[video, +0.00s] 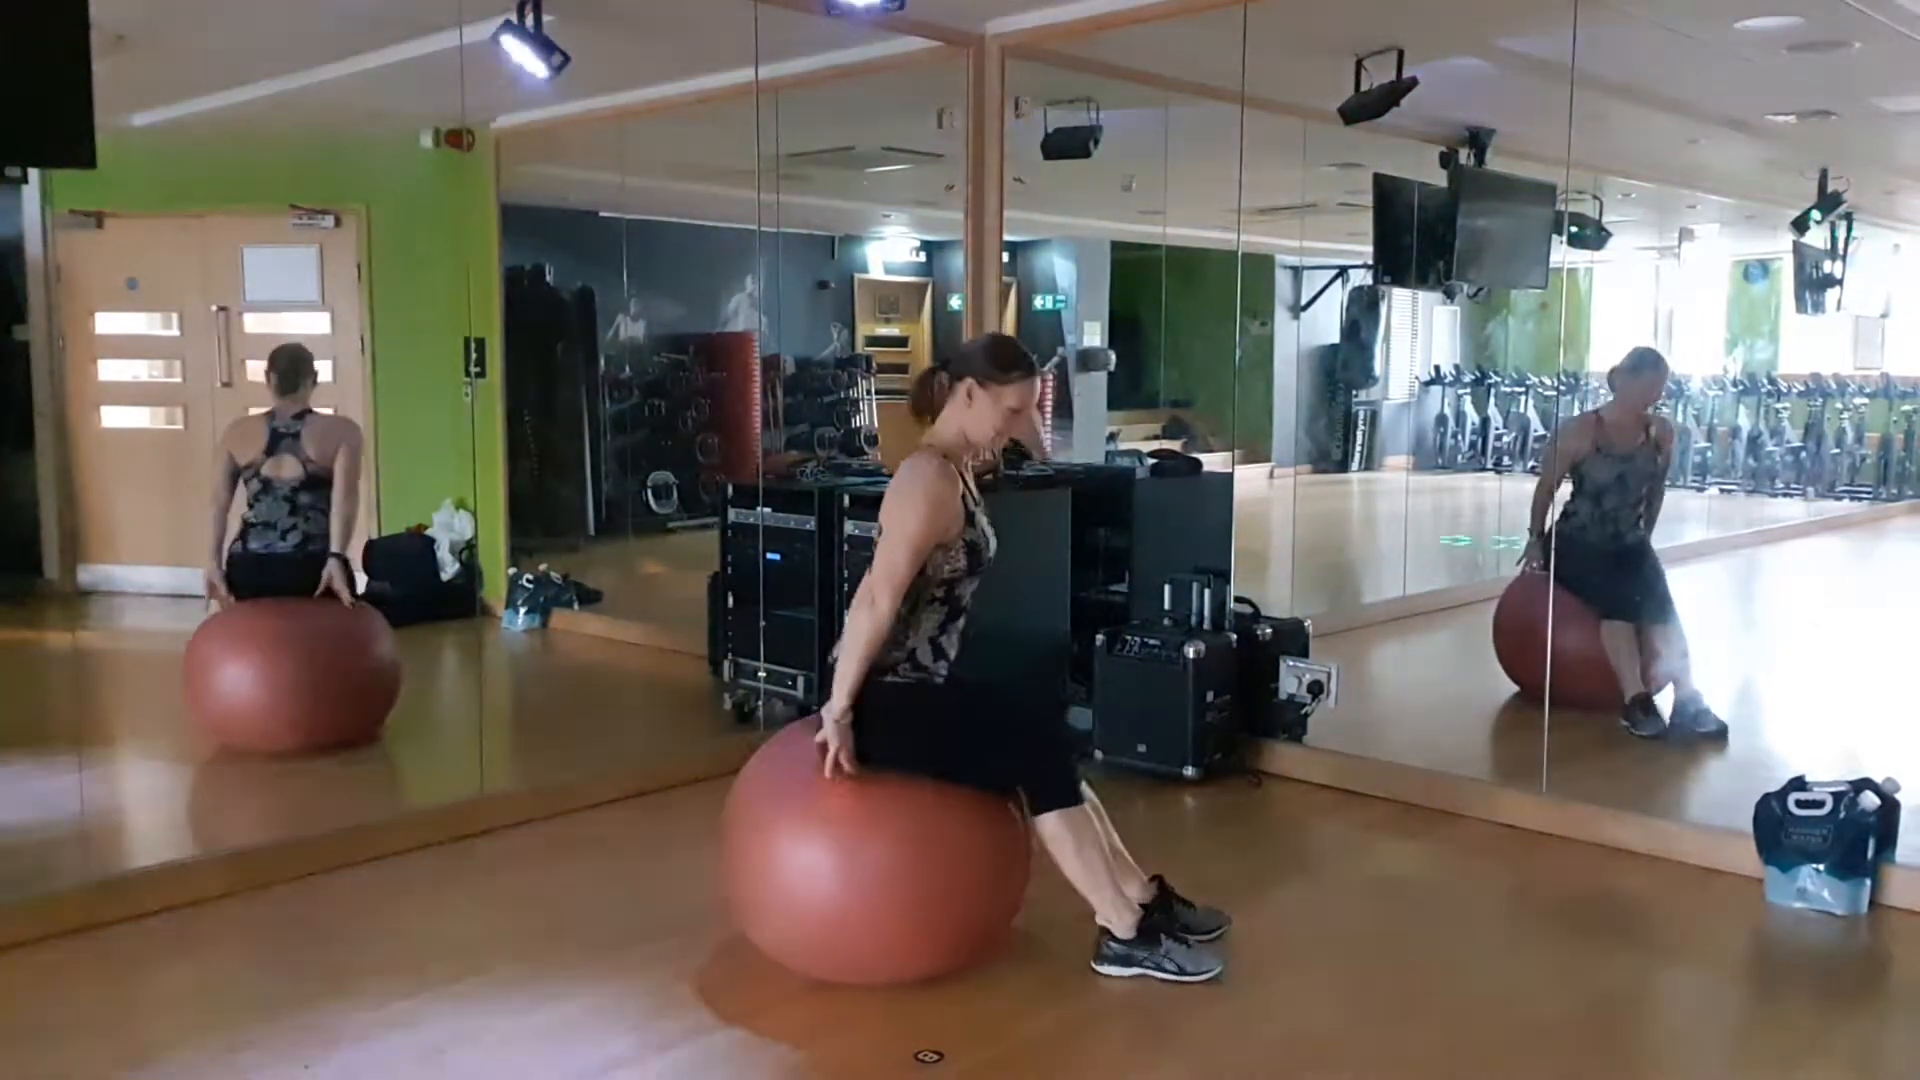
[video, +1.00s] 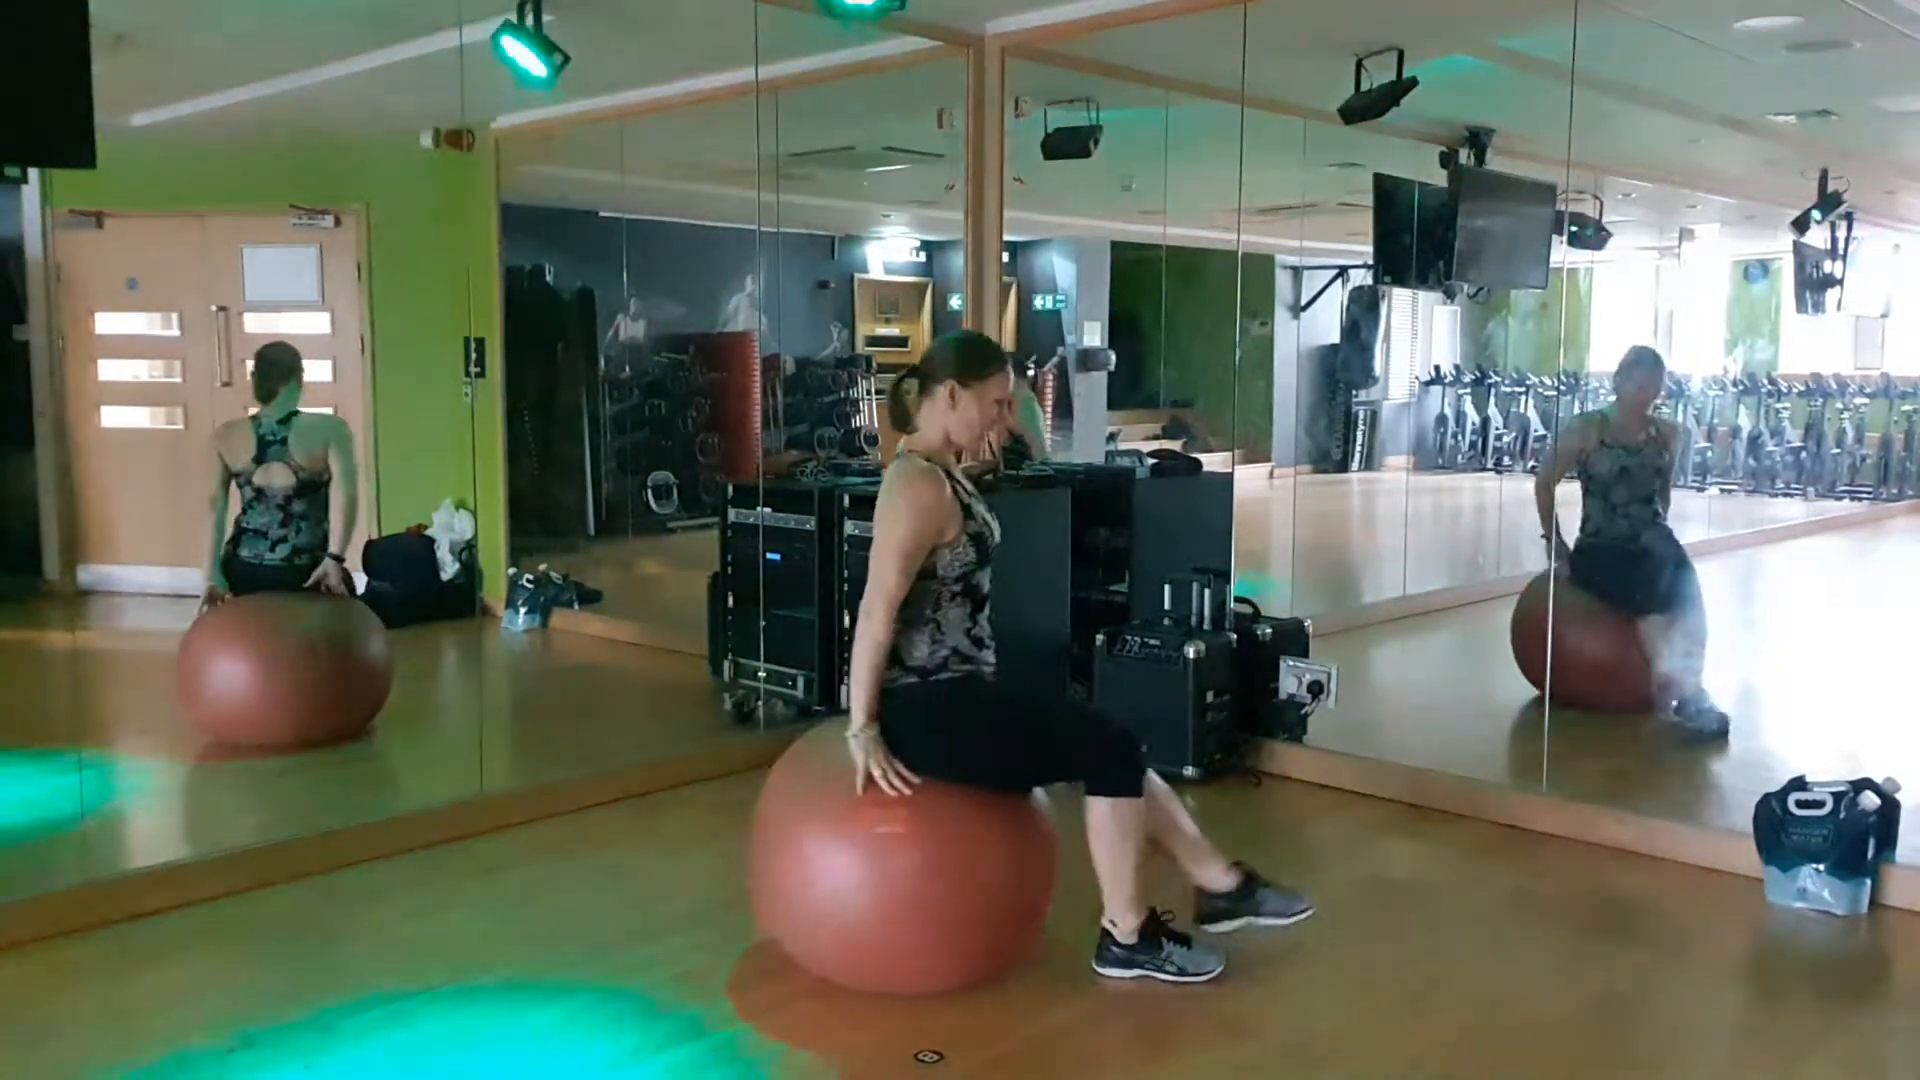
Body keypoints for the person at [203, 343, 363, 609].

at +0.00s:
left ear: (269, 380)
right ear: (313, 380)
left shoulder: (239, 432)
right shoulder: (341, 431)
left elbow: (219, 504)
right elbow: (343, 495)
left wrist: (213, 563)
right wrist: (337, 555)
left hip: (250, 570)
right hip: (314, 569)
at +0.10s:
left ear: (268, 382)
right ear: (313, 382)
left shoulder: (237, 433)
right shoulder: (339, 432)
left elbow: (217, 503)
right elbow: (341, 499)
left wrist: (209, 563)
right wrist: (334, 554)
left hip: (245, 569)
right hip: (309, 569)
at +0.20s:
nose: (311, 388)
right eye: (312, 382)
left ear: (269, 384)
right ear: (310, 384)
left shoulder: (236, 432)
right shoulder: (339, 431)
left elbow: (218, 498)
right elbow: (346, 493)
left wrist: (207, 560)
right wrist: (338, 550)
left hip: (239, 563)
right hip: (306, 562)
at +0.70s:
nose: (311, 394)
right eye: (310, 388)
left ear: (268, 384)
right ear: (310, 386)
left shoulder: (234, 435)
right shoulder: (334, 433)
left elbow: (213, 507)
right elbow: (339, 500)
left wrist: (203, 570)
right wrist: (329, 557)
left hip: (238, 569)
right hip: (302, 568)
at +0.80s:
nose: (311, 387)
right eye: (310, 380)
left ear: (264, 384)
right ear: (306, 384)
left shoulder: (232, 436)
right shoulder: (333, 432)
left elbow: (215, 509)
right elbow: (341, 500)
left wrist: (209, 575)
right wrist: (329, 558)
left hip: (241, 569)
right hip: (302, 569)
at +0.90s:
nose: (305, 386)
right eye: (303, 379)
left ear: (260, 383)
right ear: (299, 382)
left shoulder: (228, 436)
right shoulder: (330, 430)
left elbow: (216, 512)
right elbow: (342, 492)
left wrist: (212, 575)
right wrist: (332, 554)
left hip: (242, 569)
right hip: (306, 568)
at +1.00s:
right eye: (299, 376)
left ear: (256, 383)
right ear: (298, 379)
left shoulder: (228, 435)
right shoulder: (330, 429)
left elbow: (217, 507)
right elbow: (345, 494)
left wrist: (213, 573)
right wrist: (335, 556)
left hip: (244, 569)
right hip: (306, 568)